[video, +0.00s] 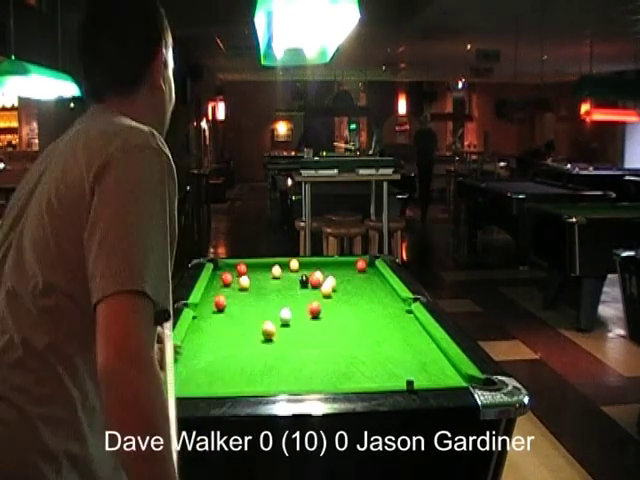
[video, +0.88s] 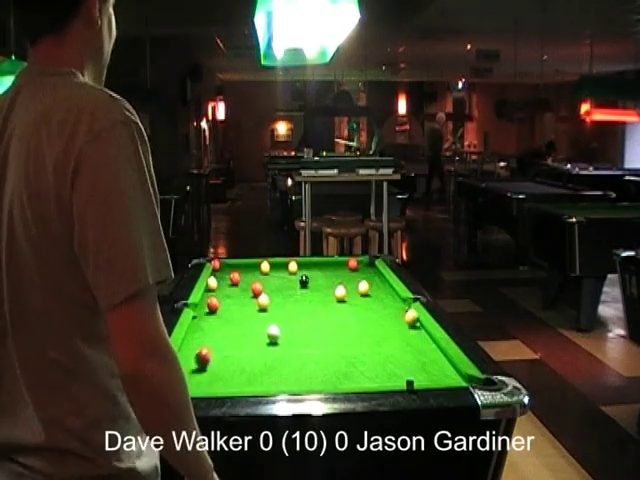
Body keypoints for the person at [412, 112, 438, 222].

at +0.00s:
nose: (423, 124)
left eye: (423, 122)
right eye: (424, 122)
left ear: (420, 123)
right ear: (428, 122)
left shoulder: (417, 133)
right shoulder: (432, 133)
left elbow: (414, 147)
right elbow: (435, 147)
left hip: (420, 162)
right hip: (429, 163)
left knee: (422, 188)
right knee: (426, 188)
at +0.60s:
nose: (436, 122)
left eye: (435, 120)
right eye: (435, 120)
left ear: (428, 121)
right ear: (433, 121)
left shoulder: (423, 133)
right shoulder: (432, 134)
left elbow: (422, 148)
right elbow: (435, 149)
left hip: (425, 162)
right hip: (431, 163)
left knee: (426, 186)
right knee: (429, 186)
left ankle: (425, 206)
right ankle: (426, 207)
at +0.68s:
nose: (438, 123)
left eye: (438, 121)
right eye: (437, 121)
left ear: (430, 121)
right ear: (435, 122)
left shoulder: (425, 132)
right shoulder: (433, 134)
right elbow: (435, 150)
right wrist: (446, 143)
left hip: (426, 161)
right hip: (431, 163)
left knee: (427, 183)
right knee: (430, 184)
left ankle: (425, 204)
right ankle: (426, 205)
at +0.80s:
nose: (441, 122)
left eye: (441, 120)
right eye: (441, 120)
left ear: (434, 118)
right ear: (439, 120)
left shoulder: (428, 128)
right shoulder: (435, 130)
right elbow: (436, 146)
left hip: (429, 155)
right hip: (435, 156)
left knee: (429, 175)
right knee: (438, 175)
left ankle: (427, 192)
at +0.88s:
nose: (444, 123)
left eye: (444, 121)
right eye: (443, 121)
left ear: (436, 118)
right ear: (442, 120)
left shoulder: (429, 128)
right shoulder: (438, 130)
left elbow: (429, 142)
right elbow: (439, 145)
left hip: (429, 155)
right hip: (436, 156)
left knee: (430, 175)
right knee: (440, 175)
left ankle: (427, 192)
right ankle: (442, 193)